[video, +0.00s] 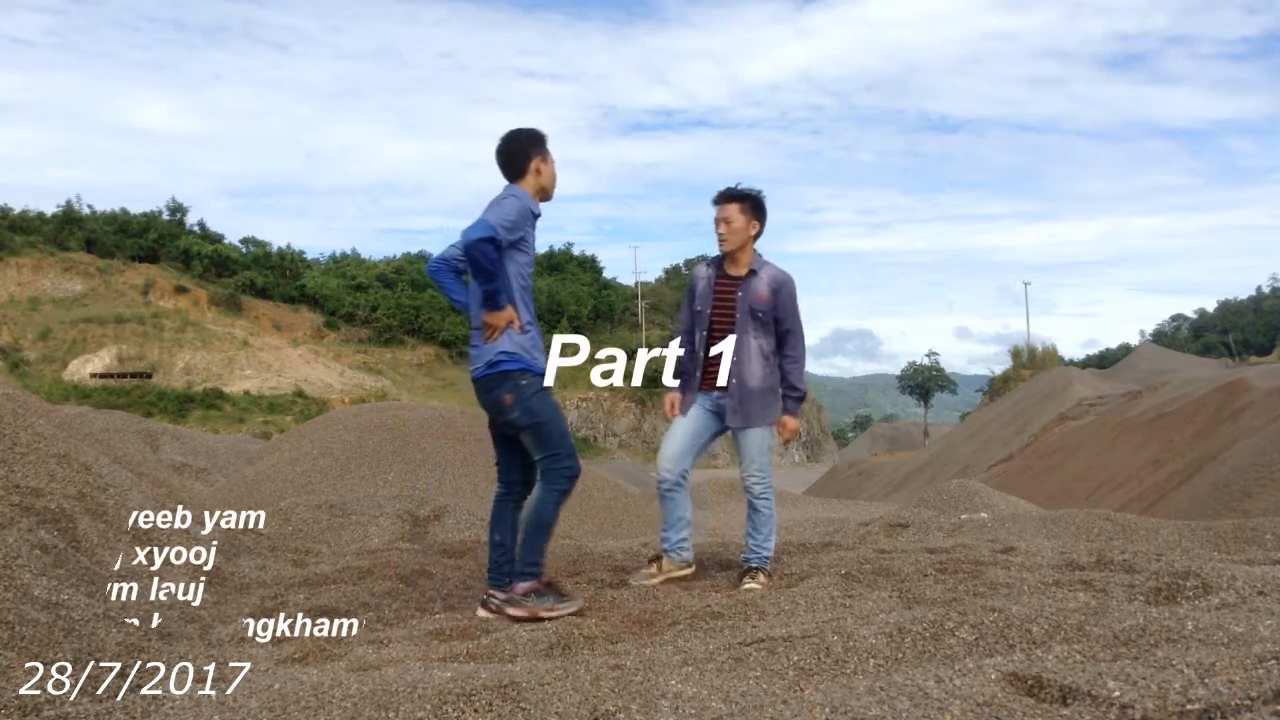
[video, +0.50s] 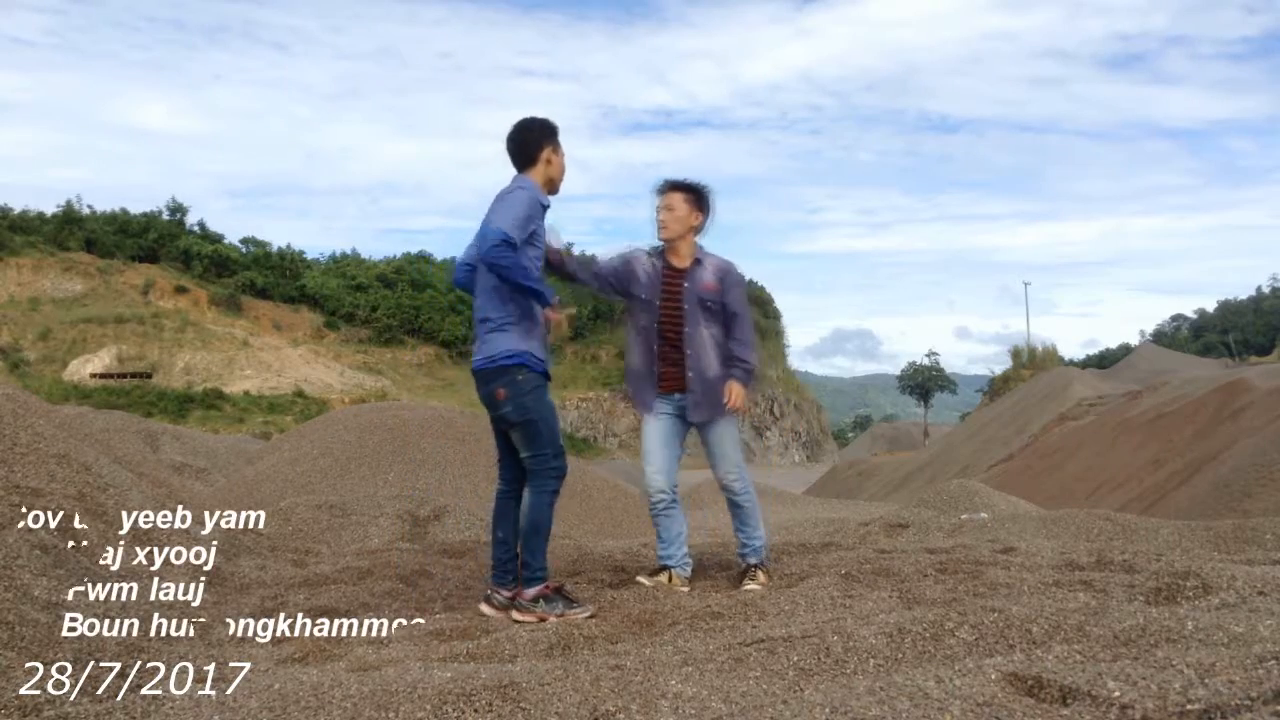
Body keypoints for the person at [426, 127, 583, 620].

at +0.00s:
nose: (555, 171)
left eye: (552, 162)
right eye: (552, 162)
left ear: (515, 168)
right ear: (538, 166)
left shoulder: (496, 210)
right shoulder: (519, 204)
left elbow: (440, 266)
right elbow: (479, 240)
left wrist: (476, 313)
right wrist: (496, 304)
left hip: (492, 372)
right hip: (513, 369)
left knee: (514, 481)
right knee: (561, 467)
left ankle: (500, 589)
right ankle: (527, 582)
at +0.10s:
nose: (559, 172)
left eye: (556, 162)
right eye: (555, 162)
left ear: (517, 168)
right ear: (541, 165)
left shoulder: (499, 210)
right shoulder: (524, 203)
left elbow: (443, 266)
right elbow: (484, 240)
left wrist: (480, 313)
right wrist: (501, 305)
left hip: (495, 371)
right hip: (518, 368)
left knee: (514, 482)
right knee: (561, 471)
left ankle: (500, 589)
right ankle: (536, 589)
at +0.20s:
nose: (562, 171)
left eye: (559, 161)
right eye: (558, 161)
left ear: (520, 167)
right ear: (544, 164)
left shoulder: (501, 210)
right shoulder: (527, 202)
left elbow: (445, 267)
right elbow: (488, 239)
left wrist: (484, 313)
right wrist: (504, 305)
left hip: (498, 371)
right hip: (524, 369)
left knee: (514, 481)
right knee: (560, 472)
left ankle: (501, 589)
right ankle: (536, 589)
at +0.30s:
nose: (566, 169)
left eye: (563, 160)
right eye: (563, 159)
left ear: (525, 166)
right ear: (549, 162)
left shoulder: (505, 207)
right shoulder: (530, 201)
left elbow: (449, 266)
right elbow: (489, 237)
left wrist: (485, 317)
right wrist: (508, 303)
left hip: (499, 371)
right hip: (525, 368)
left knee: (513, 482)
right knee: (558, 473)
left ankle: (502, 587)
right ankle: (537, 589)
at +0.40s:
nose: (568, 167)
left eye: (565, 157)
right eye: (565, 157)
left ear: (525, 161)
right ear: (552, 159)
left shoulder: (506, 203)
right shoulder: (532, 198)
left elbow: (456, 268)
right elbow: (490, 238)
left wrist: (497, 308)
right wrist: (522, 302)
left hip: (497, 365)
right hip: (522, 364)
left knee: (515, 478)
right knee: (551, 473)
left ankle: (504, 586)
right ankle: (536, 590)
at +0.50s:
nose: (565, 165)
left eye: (563, 155)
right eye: (562, 155)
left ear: (523, 158)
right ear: (549, 156)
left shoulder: (503, 202)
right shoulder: (527, 196)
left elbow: (463, 273)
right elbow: (494, 247)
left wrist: (520, 298)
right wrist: (548, 299)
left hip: (493, 364)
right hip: (516, 363)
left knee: (513, 476)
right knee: (547, 469)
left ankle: (504, 586)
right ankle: (534, 588)